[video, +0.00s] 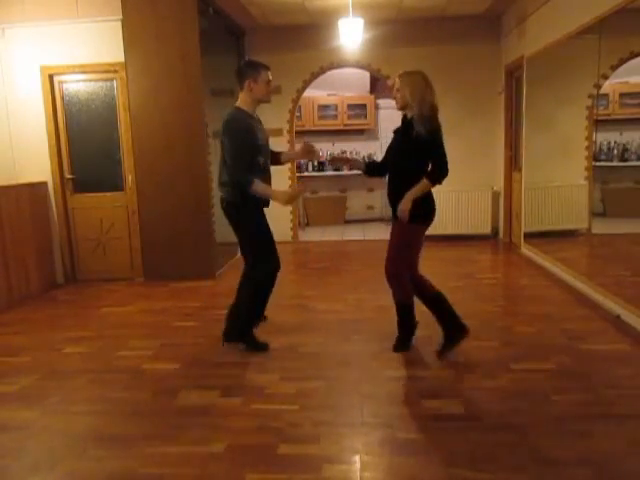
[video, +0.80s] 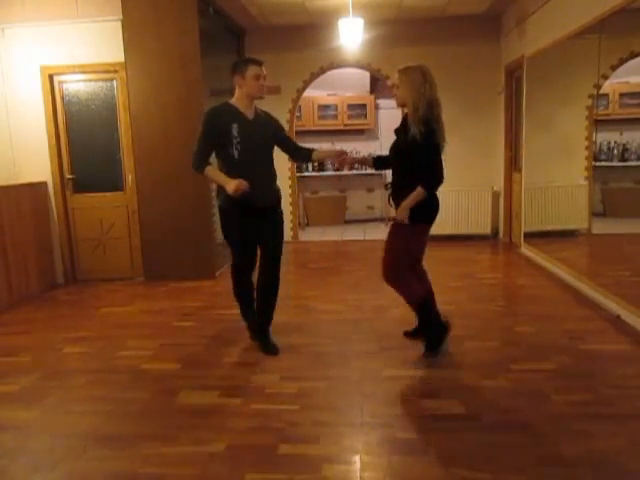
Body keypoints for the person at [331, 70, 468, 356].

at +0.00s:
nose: (394, 94)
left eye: (398, 89)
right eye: (394, 89)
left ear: (413, 91)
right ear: (405, 93)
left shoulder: (425, 124)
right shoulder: (405, 127)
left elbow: (440, 170)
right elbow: (383, 168)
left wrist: (410, 196)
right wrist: (353, 163)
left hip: (416, 207)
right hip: (404, 206)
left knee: (396, 270)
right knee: (407, 272)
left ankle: (405, 330)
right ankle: (453, 326)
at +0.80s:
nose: (394, 91)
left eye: (399, 86)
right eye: (394, 86)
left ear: (414, 90)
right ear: (409, 90)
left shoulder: (423, 126)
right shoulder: (407, 124)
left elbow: (434, 177)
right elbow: (395, 161)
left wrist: (407, 204)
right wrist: (360, 161)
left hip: (418, 208)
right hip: (412, 208)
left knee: (394, 270)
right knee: (410, 266)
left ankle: (434, 325)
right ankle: (427, 320)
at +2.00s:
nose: (391, 92)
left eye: (396, 87)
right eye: (392, 87)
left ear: (411, 88)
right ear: (409, 90)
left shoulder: (424, 122)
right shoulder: (409, 123)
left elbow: (430, 169)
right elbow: (381, 164)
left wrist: (399, 189)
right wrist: (338, 178)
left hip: (415, 204)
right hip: (412, 202)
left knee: (404, 277)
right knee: (412, 268)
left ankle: (419, 347)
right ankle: (426, 321)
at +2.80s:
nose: (392, 97)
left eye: (398, 92)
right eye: (387, 92)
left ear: (410, 94)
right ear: (382, 96)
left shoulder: (418, 129)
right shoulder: (386, 128)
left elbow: (447, 168)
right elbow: (362, 160)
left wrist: (433, 201)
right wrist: (330, 173)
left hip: (420, 212)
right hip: (405, 212)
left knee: (421, 278)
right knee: (412, 270)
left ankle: (422, 349)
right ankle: (410, 320)